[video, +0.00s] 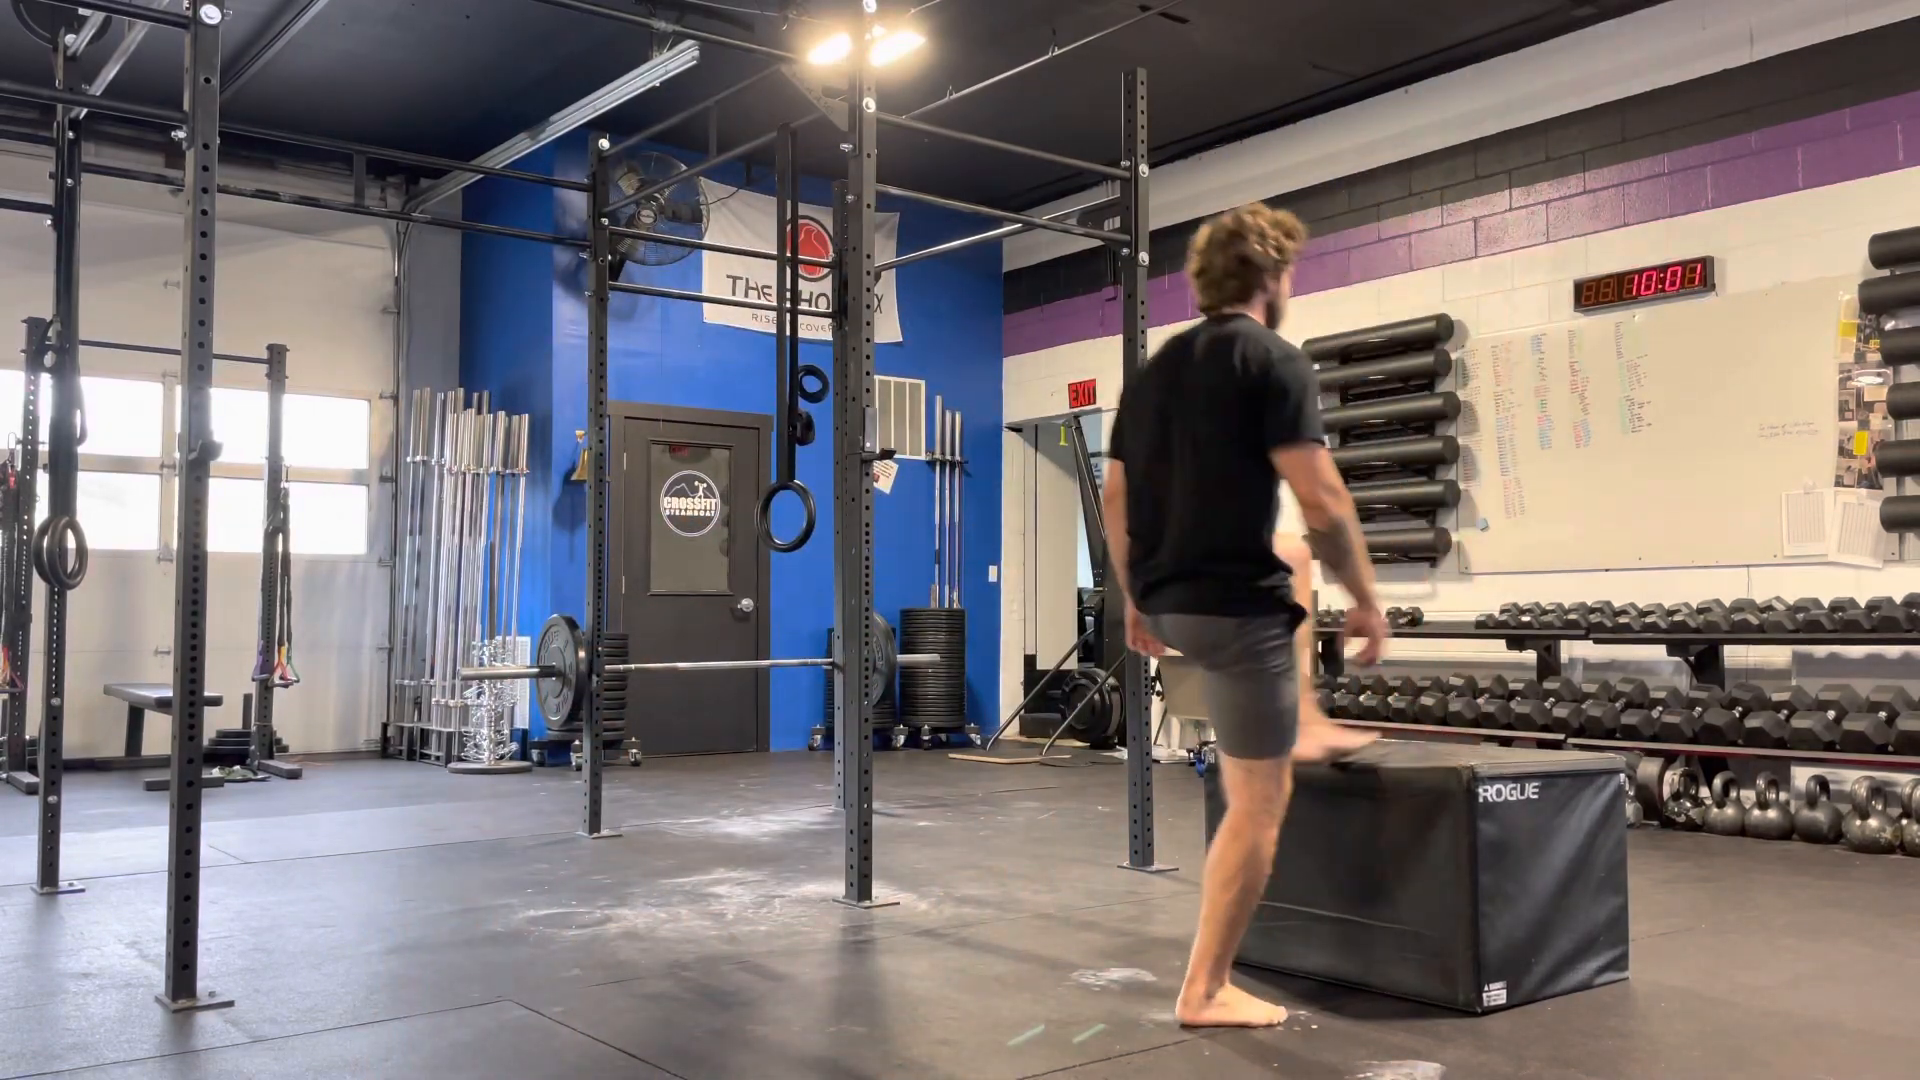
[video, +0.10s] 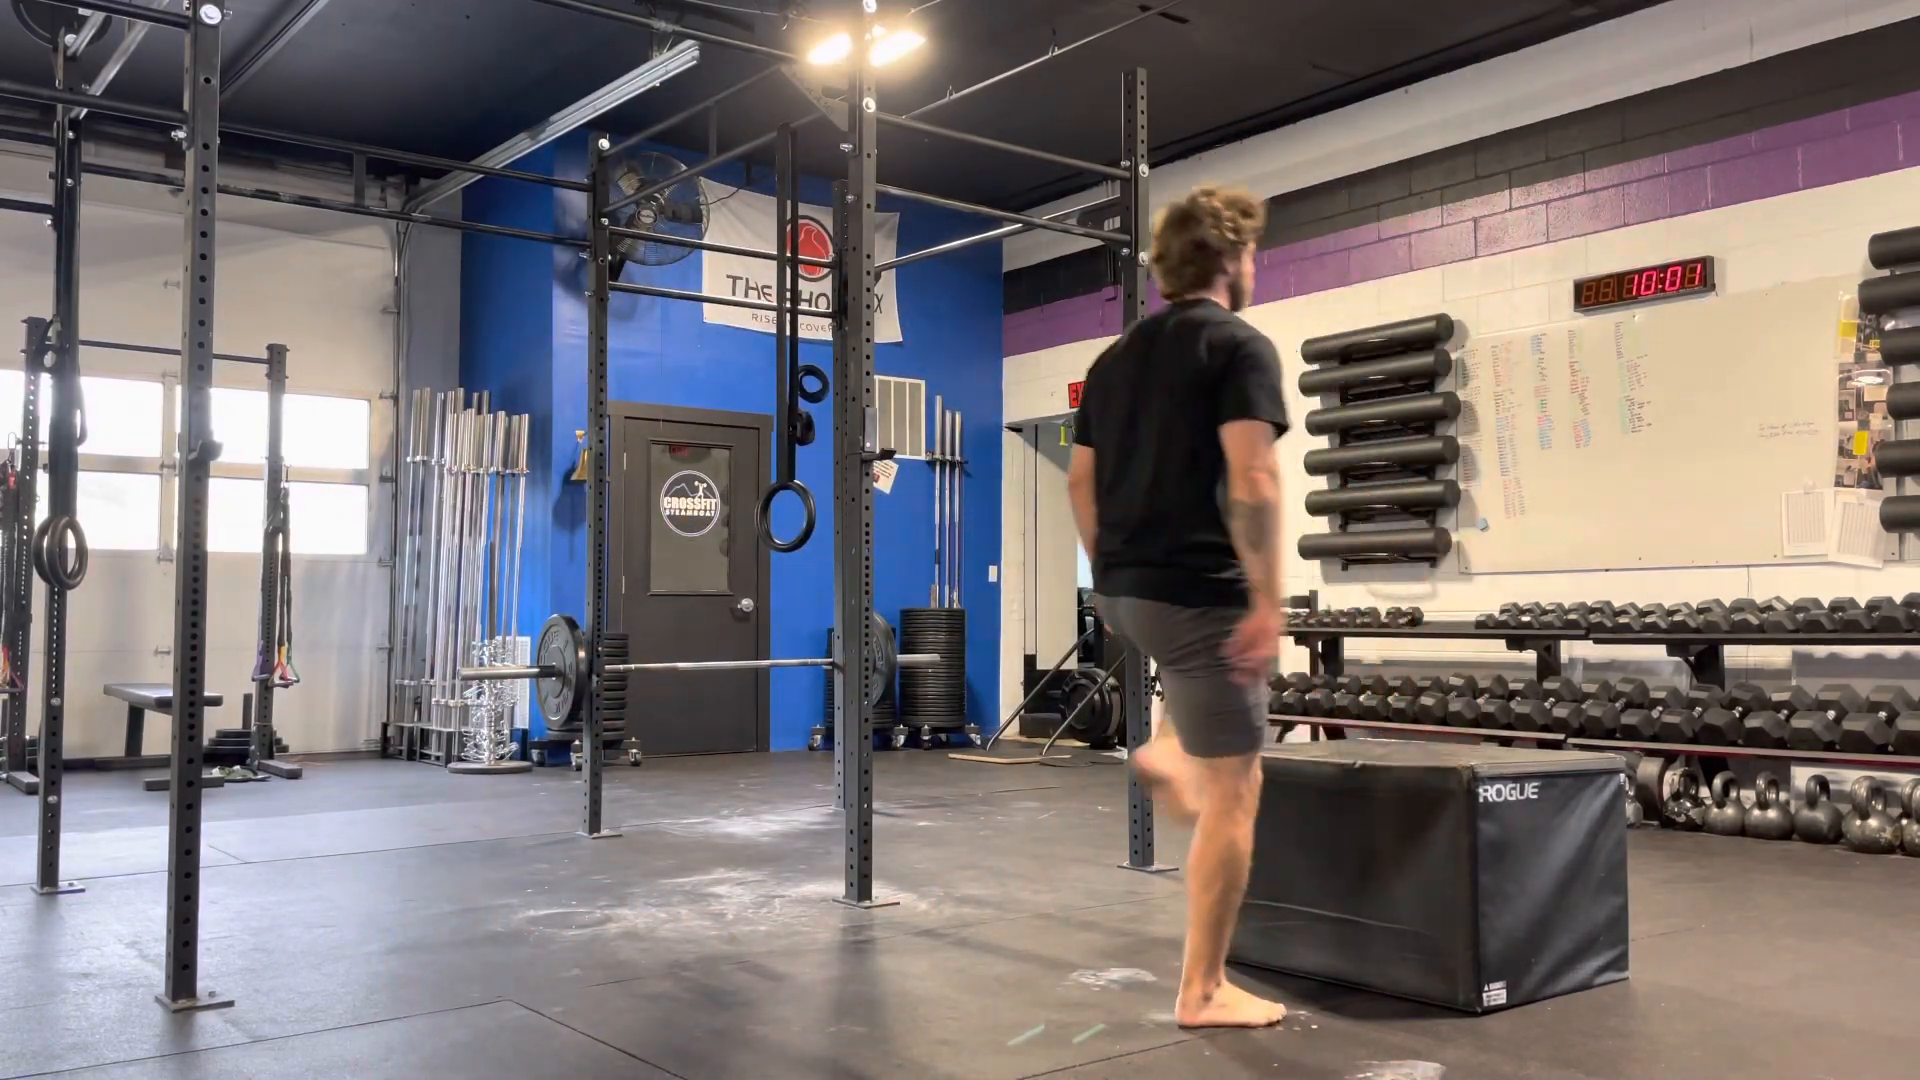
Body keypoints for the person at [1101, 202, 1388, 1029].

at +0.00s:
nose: (1291, 290)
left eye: (1289, 276)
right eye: (1289, 277)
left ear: (1205, 282)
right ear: (1271, 283)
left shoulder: (1150, 372)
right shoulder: (1271, 361)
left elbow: (1115, 498)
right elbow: (1322, 507)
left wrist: (1132, 600)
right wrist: (1363, 598)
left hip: (1163, 600)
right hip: (1237, 606)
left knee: (1292, 559)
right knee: (1255, 804)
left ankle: (1303, 724)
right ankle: (1203, 989)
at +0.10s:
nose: (1257, 271)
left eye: (1255, 258)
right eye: (1254, 259)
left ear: (1163, 269)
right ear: (1235, 266)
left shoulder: (1112, 359)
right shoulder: (1240, 346)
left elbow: (1081, 479)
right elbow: (1252, 482)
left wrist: (1107, 570)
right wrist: (1268, 599)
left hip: (1124, 588)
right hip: (1199, 590)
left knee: (1210, 658)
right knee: (1229, 797)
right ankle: (1202, 987)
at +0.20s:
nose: (1221, 264)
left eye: (1217, 249)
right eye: (1214, 250)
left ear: (1128, 267)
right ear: (1191, 259)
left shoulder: (1085, 357)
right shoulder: (1192, 345)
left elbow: (1054, 478)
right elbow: (1181, 465)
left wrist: (1086, 567)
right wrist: (1183, 593)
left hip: (1090, 592)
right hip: (1157, 593)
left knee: (1159, 738)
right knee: (1213, 786)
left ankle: (1061, 830)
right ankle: (1203, 987)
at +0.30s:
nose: (1178, 265)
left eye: (1173, 248)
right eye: (1168, 250)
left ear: (1098, 273)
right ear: (1133, 266)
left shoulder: (1057, 364)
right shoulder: (1124, 352)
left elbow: (1037, 497)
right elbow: (1105, 479)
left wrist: (1081, 590)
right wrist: (1120, 603)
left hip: (1053, 605)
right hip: (1123, 608)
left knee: (1086, 783)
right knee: (1197, 781)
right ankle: (1203, 988)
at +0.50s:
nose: (1089, 269)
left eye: (1084, 255)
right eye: (1075, 254)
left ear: (1032, 271)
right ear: (1034, 267)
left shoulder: (1024, 357)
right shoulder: (1008, 348)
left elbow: (1028, 505)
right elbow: (978, 474)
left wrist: (1089, 591)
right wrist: (1032, 595)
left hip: (967, 616)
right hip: (1000, 615)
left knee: (985, 796)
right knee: (1099, 788)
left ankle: (910, 994)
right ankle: (1141, 984)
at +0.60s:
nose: (1051, 252)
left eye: (1047, 237)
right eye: (1036, 237)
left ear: (992, 255)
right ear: (988, 251)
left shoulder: (989, 340)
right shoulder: (962, 325)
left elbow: (978, 503)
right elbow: (935, 451)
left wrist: (1056, 580)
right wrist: (993, 572)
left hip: (938, 593)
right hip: (950, 594)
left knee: (951, 785)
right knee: (1038, 781)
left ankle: (907, 992)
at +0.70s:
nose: (1016, 241)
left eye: (1012, 226)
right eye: (998, 228)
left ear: (967, 249)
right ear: (948, 247)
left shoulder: (962, 336)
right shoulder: (923, 321)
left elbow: (946, 495)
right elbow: (889, 450)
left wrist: (1017, 577)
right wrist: (965, 563)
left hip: (925, 597)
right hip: (897, 595)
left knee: (936, 792)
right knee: (961, 790)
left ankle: (908, 992)